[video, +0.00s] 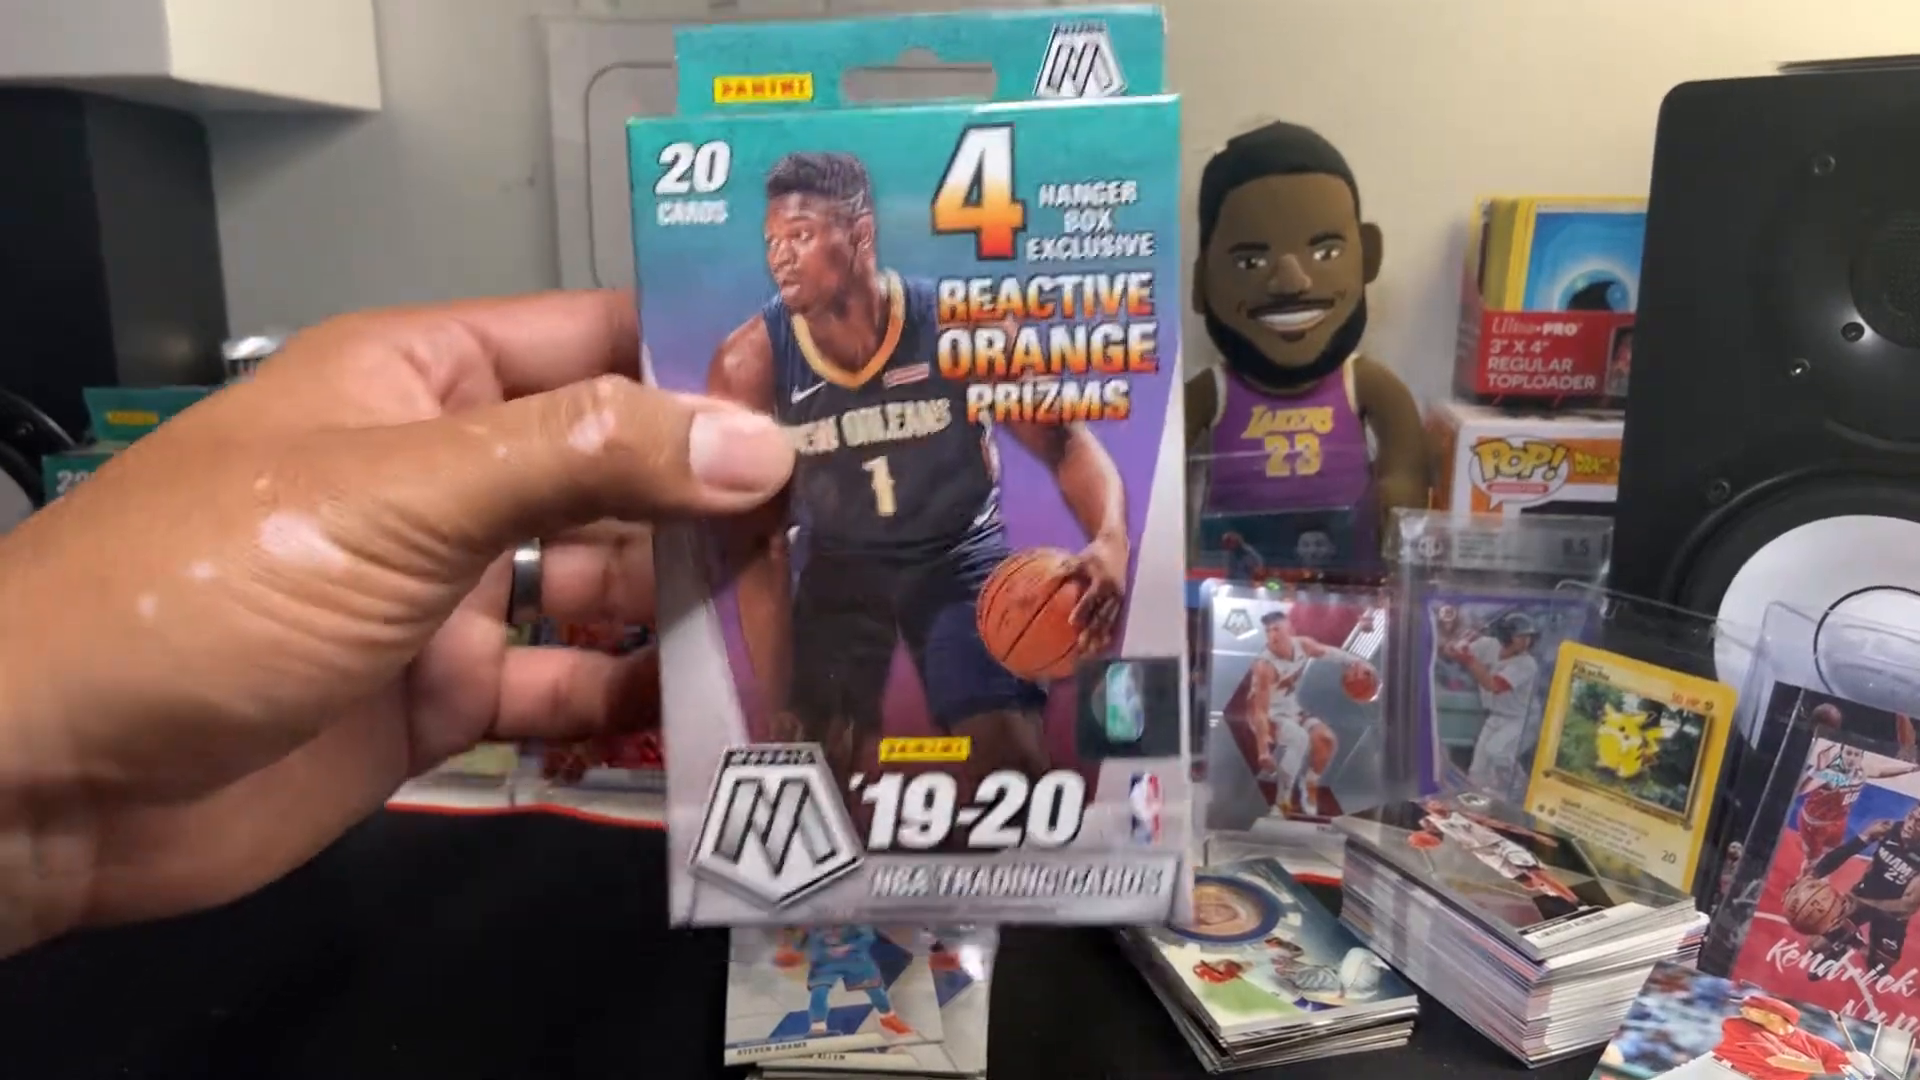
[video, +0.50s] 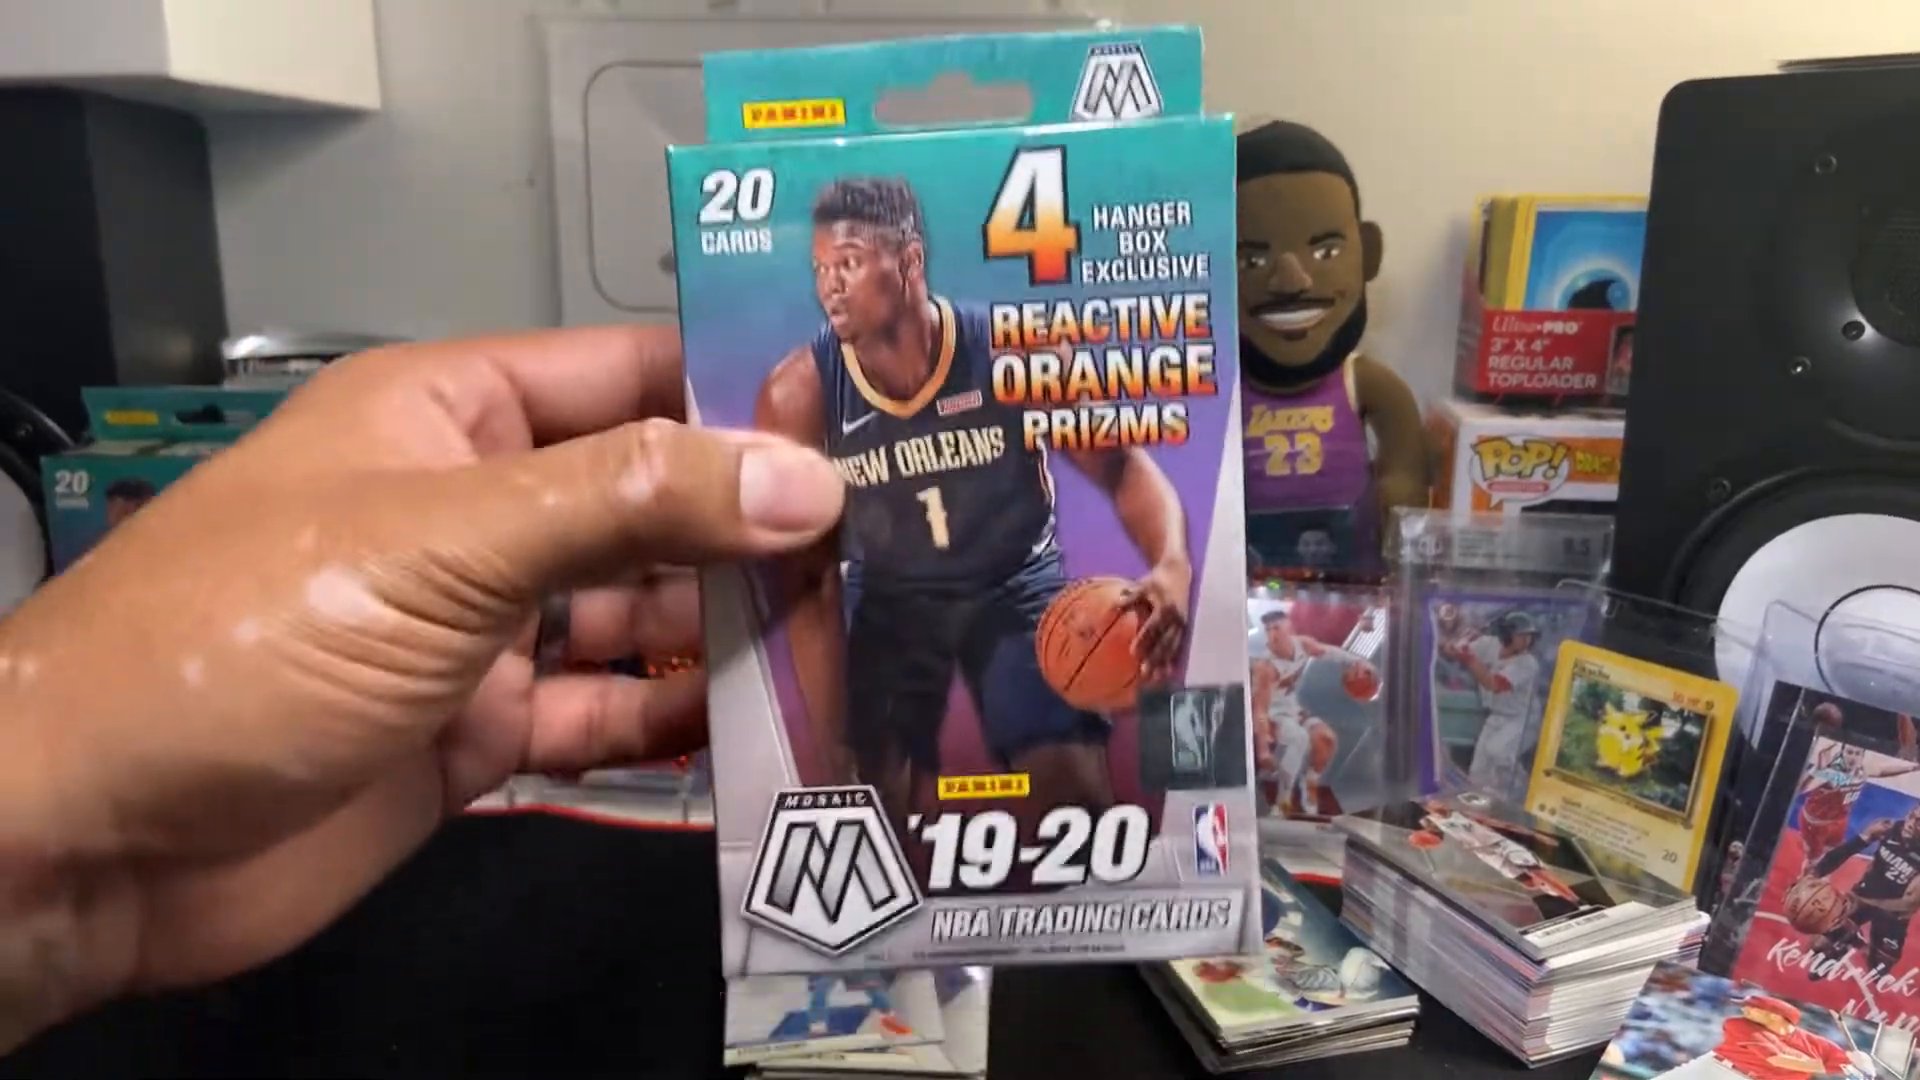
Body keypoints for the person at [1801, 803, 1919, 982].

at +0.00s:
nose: (1911, 825)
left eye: (1918, 824)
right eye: (1911, 818)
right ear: (1906, 815)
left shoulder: (1917, 859)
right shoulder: (1885, 829)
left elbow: (1909, 905)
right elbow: (1845, 852)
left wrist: (1860, 904)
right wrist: (1812, 876)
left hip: (1893, 914)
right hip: (1862, 899)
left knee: (1878, 970)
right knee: (1816, 947)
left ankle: (1855, 943)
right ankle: (1842, 947)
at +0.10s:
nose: (1910, 823)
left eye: (1918, 822)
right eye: (1911, 816)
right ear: (1906, 814)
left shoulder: (1918, 858)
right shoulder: (1885, 828)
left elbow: (1908, 904)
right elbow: (1844, 851)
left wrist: (1860, 903)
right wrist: (1812, 875)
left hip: (1894, 913)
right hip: (1862, 898)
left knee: (1878, 970)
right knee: (1817, 945)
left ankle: (1856, 941)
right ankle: (1841, 947)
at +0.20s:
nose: (1910, 824)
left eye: (1918, 823)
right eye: (1911, 817)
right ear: (1906, 815)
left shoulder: (1918, 859)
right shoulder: (1886, 829)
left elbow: (1908, 904)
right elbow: (1843, 851)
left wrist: (1860, 903)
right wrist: (1813, 875)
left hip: (1894, 914)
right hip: (1862, 898)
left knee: (1878, 970)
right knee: (1816, 947)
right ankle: (1844, 944)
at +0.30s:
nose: (1911, 824)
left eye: (1918, 823)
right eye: (1911, 817)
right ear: (1907, 815)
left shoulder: (1917, 858)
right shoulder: (1887, 829)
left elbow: (1909, 904)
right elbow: (1846, 851)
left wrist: (1861, 904)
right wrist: (1814, 874)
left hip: (1894, 914)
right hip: (1863, 898)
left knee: (1878, 973)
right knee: (1818, 948)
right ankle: (1845, 945)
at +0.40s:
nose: (1912, 824)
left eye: (1919, 822)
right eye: (1912, 817)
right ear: (1907, 814)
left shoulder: (1918, 857)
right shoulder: (1887, 828)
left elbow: (1909, 904)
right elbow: (1846, 851)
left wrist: (1861, 903)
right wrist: (1814, 874)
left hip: (1894, 914)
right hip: (1862, 898)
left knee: (1877, 973)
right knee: (1817, 950)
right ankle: (1845, 944)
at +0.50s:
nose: (1912, 824)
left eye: (1918, 822)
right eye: (1912, 817)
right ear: (1907, 815)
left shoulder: (1917, 857)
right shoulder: (1887, 829)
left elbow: (1909, 904)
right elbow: (1847, 850)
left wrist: (1862, 903)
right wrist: (1815, 873)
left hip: (1894, 913)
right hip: (1863, 897)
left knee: (1878, 971)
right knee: (1818, 947)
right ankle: (1844, 945)